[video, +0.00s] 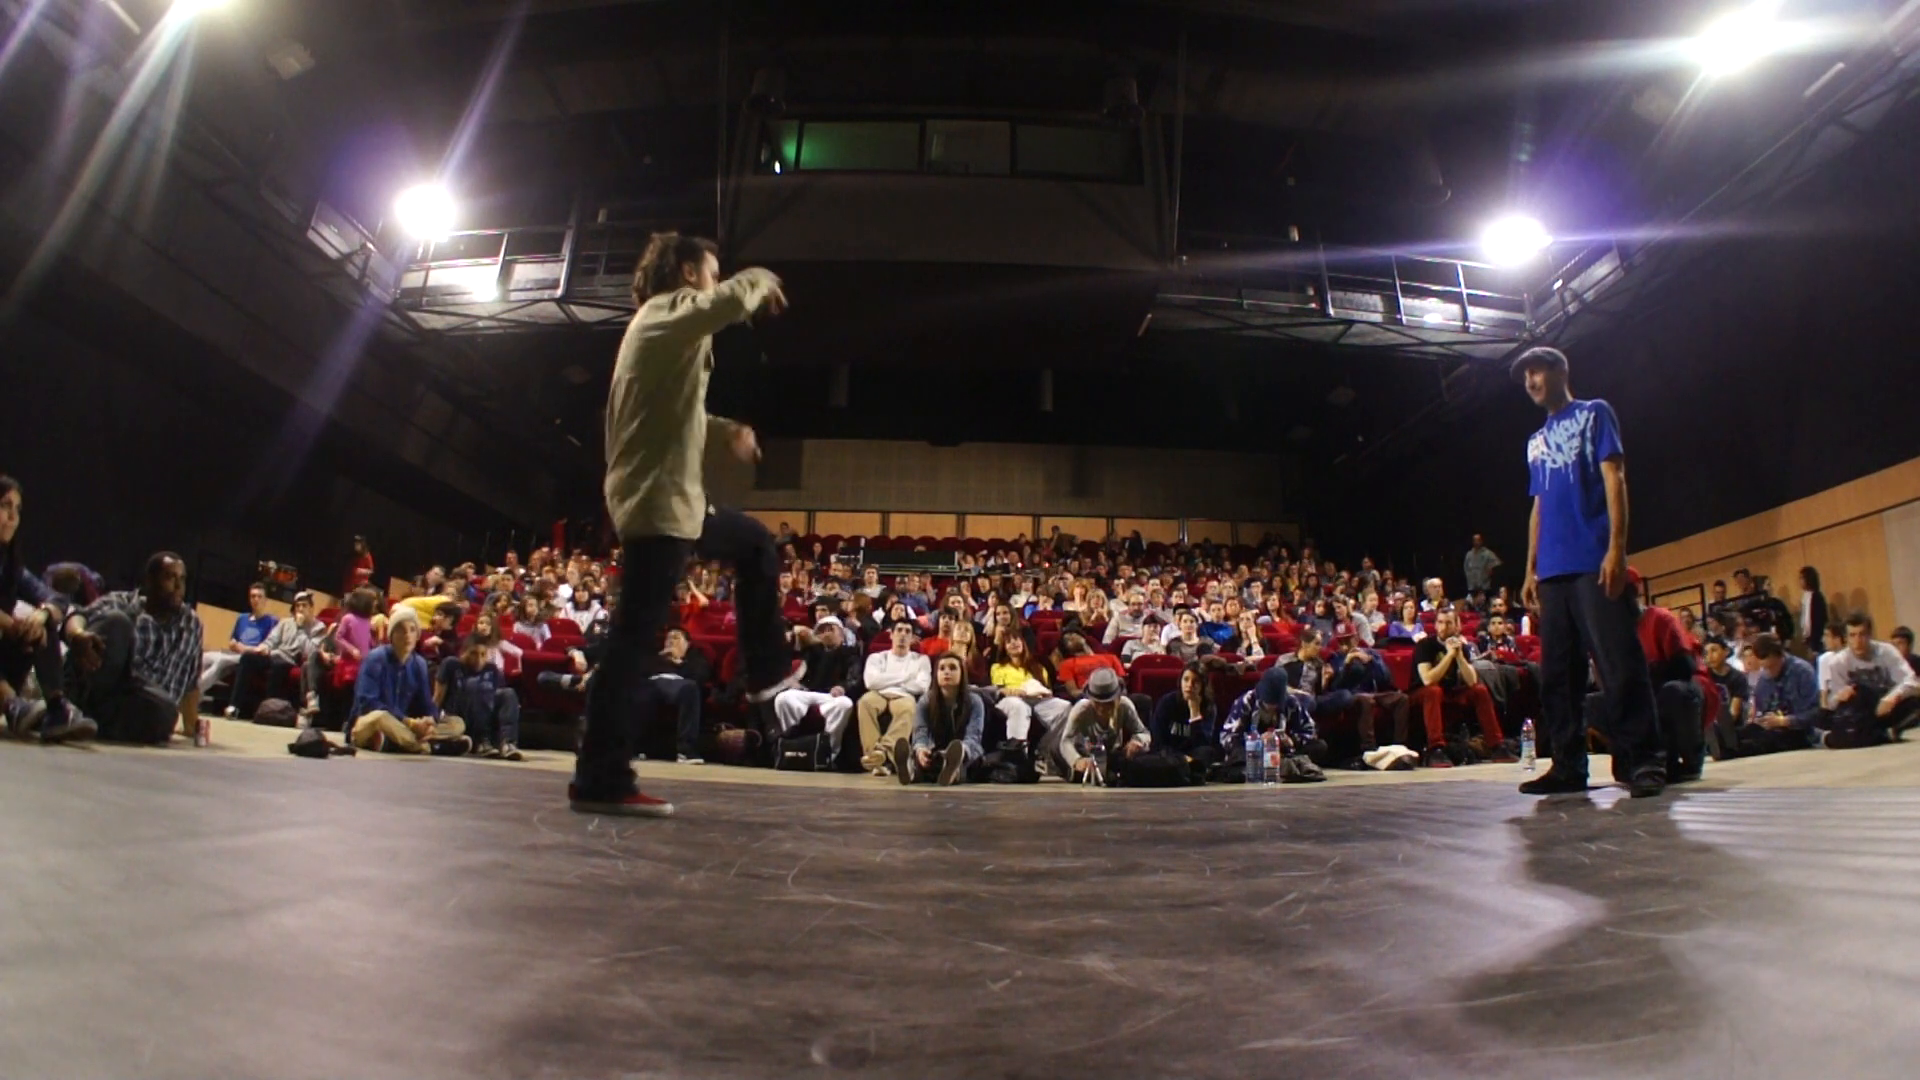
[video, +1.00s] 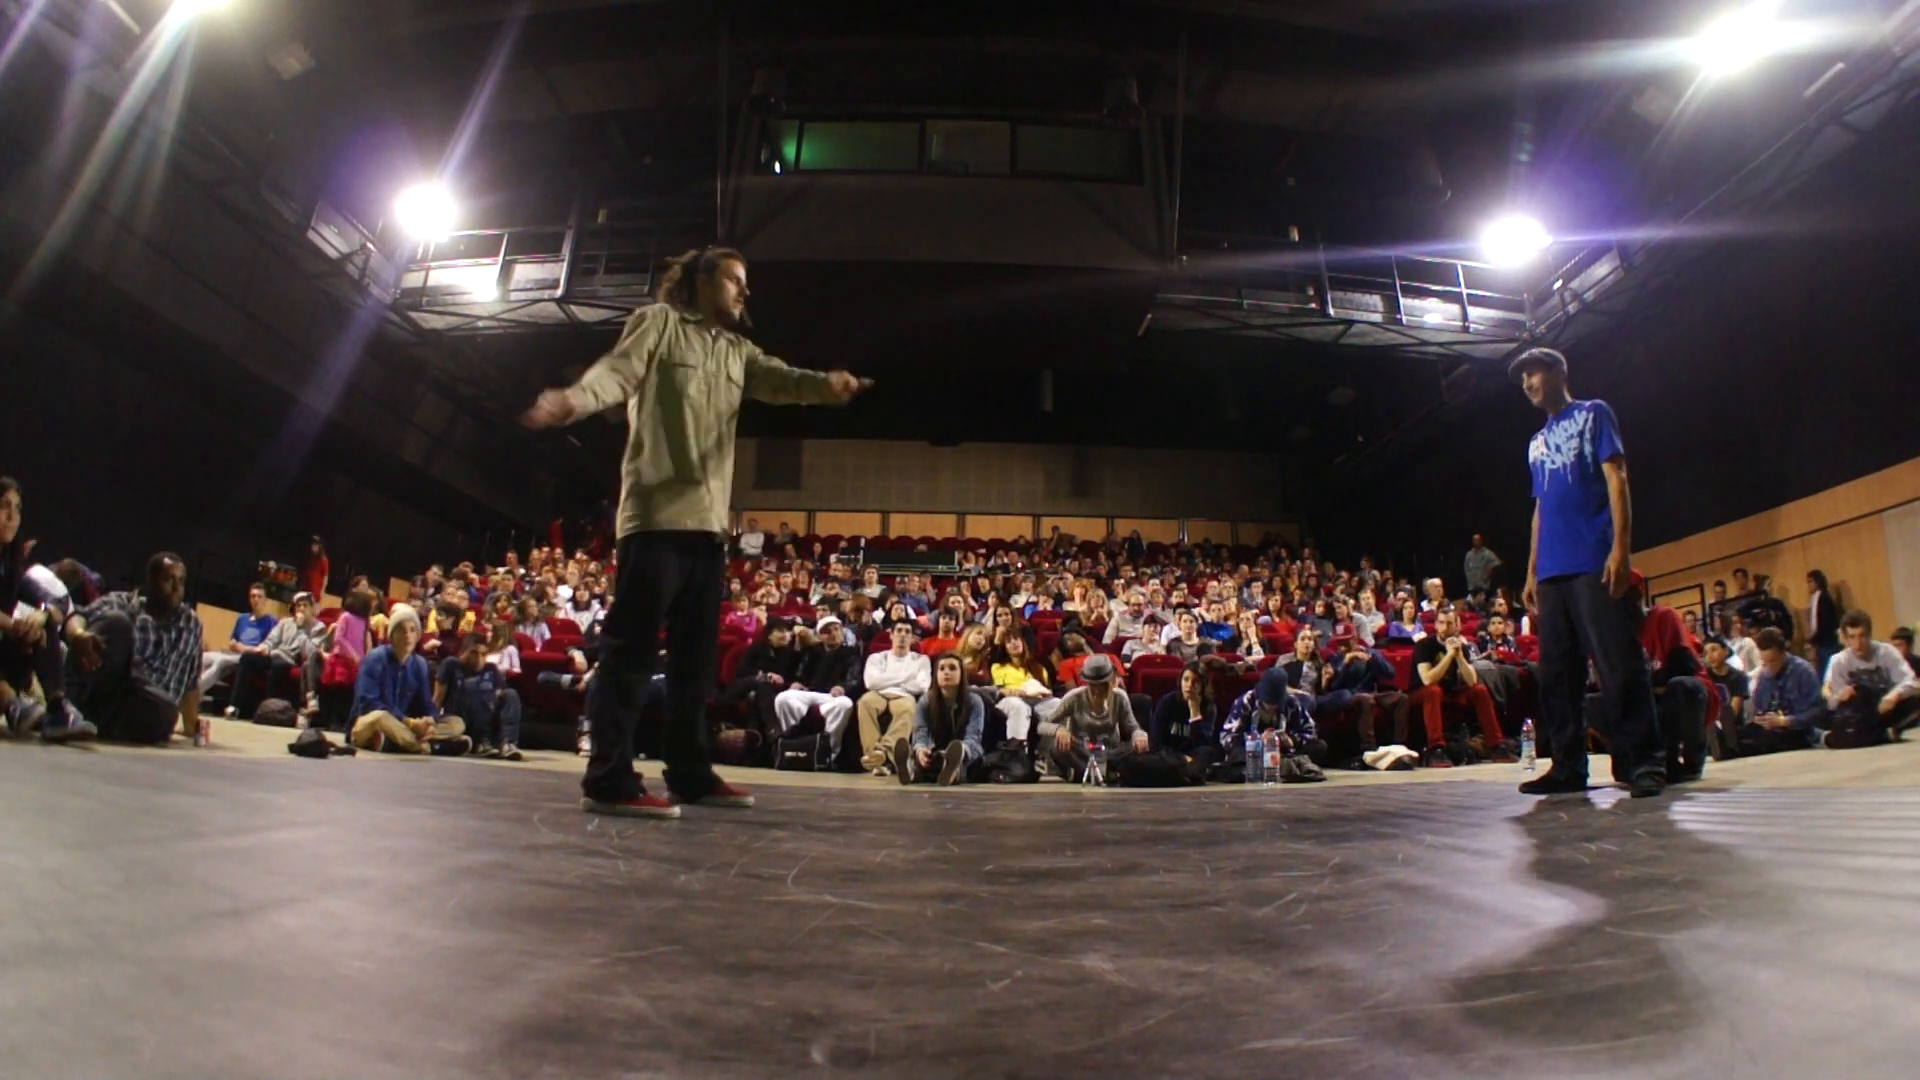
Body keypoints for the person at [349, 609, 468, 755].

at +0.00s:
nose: (407, 636)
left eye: (412, 630)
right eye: (401, 631)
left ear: (417, 635)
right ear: (391, 635)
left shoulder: (419, 664)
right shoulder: (375, 658)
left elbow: (426, 704)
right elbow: (367, 702)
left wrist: (430, 721)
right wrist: (406, 722)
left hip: (410, 725)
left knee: (457, 724)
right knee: (380, 717)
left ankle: (393, 744)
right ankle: (427, 748)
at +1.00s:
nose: (408, 636)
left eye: (413, 630)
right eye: (402, 631)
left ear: (418, 635)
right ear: (391, 635)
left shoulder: (420, 664)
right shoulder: (375, 659)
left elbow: (426, 703)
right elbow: (367, 703)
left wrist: (430, 720)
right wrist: (406, 722)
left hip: (412, 724)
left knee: (457, 724)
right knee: (380, 717)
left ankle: (394, 744)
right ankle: (426, 748)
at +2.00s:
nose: (408, 637)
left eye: (413, 631)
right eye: (401, 631)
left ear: (418, 635)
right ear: (391, 635)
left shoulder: (420, 664)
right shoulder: (376, 658)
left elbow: (426, 704)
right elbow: (367, 703)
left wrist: (430, 720)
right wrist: (407, 722)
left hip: (412, 725)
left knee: (457, 724)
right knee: (381, 717)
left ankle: (395, 744)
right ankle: (426, 748)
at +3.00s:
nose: (408, 637)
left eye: (412, 631)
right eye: (401, 632)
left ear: (418, 635)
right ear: (391, 635)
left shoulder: (419, 664)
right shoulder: (375, 659)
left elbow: (427, 704)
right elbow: (367, 704)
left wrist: (430, 720)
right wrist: (407, 722)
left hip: (411, 725)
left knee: (457, 724)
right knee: (381, 717)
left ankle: (394, 744)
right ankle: (425, 748)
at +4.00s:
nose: (409, 633)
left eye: (414, 628)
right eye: (402, 627)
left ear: (418, 634)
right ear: (391, 632)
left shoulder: (419, 664)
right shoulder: (375, 659)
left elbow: (426, 705)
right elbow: (367, 703)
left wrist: (430, 721)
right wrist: (407, 722)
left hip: (411, 726)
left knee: (457, 723)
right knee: (380, 718)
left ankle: (394, 744)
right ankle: (425, 748)